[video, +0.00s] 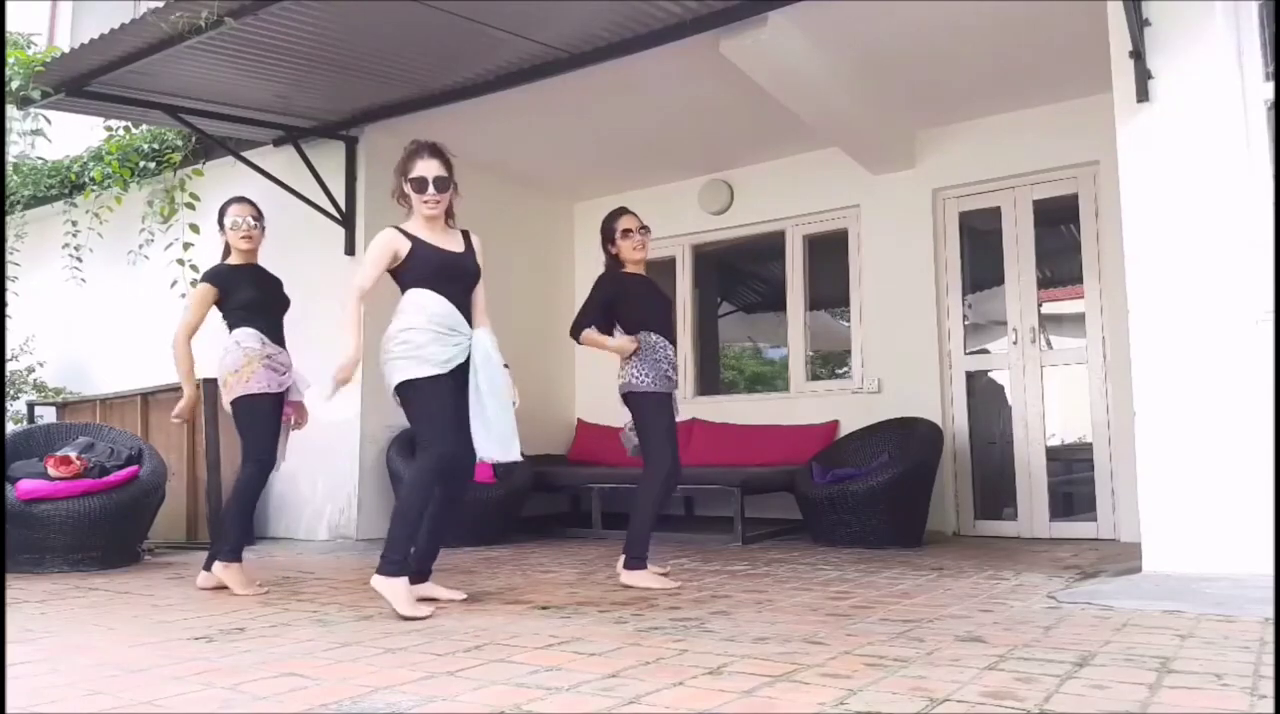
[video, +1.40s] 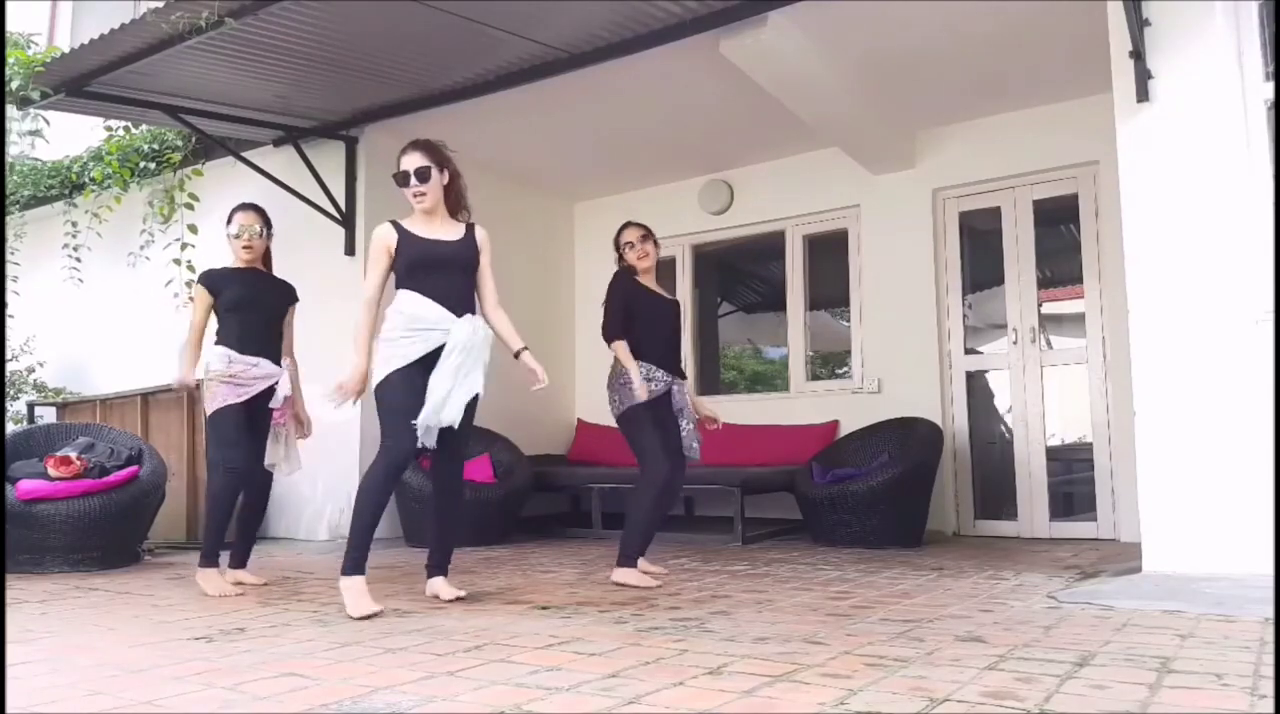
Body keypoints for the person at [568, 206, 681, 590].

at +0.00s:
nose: (638, 237)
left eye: (641, 230)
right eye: (627, 234)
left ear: (648, 237)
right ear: (612, 246)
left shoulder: (649, 281)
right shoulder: (612, 280)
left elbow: (653, 327)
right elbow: (579, 330)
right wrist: (614, 345)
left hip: (660, 384)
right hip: (642, 384)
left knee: (668, 470)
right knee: (659, 467)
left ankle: (635, 556)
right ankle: (634, 564)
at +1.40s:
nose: (639, 248)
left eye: (644, 241)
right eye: (629, 246)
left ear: (656, 245)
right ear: (622, 256)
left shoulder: (668, 298)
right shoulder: (624, 280)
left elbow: (671, 360)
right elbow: (613, 333)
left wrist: (693, 403)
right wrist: (635, 376)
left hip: (666, 390)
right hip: (633, 385)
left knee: (674, 470)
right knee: (655, 469)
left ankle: (635, 554)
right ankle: (624, 565)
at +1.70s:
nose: (625, 265)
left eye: (630, 257)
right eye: (616, 262)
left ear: (644, 262)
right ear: (610, 273)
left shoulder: (670, 314)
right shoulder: (605, 317)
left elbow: (679, 371)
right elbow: (606, 376)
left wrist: (700, 419)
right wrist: (593, 376)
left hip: (664, 409)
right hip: (620, 410)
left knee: (675, 491)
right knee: (609, 479)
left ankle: (635, 556)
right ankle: (612, 562)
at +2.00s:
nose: (620, 255)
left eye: (626, 246)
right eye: (611, 251)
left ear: (641, 249)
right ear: (606, 259)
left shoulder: (664, 301)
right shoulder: (601, 297)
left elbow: (671, 360)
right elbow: (579, 354)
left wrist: (689, 407)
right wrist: (582, 336)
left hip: (655, 395)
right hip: (612, 394)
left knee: (662, 484)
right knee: (609, 473)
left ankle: (633, 555)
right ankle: (593, 560)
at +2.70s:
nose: (641, 265)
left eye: (650, 259)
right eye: (634, 258)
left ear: (659, 267)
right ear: (624, 266)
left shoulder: (673, 307)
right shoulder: (622, 314)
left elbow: (692, 361)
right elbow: (619, 374)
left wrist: (716, 410)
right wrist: (581, 374)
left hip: (660, 398)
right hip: (622, 395)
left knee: (653, 480)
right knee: (586, 465)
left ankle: (658, 555)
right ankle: (614, 547)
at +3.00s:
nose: (655, 261)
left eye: (663, 255)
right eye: (648, 254)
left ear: (676, 261)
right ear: (641, 261)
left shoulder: (688, 302)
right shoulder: (645, 303)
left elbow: (711, 355)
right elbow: (635, 350)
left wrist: (738, 400)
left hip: (651, 400)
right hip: (618, 396)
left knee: (659, 487)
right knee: (605, 478)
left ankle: (714, 546)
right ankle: (614, 555)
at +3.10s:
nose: (666, 253)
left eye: (675, 247)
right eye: (660, 247)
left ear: (689, 254)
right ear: (654, 254)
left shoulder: (699, 296)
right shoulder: (658, 298)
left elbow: (719, 353)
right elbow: (645, 344)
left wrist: (744, 400)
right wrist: (630, 375)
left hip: (662, 394)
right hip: (627, 394)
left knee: (689, 476)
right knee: (614, 476)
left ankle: (741, 543)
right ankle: (615, 555)